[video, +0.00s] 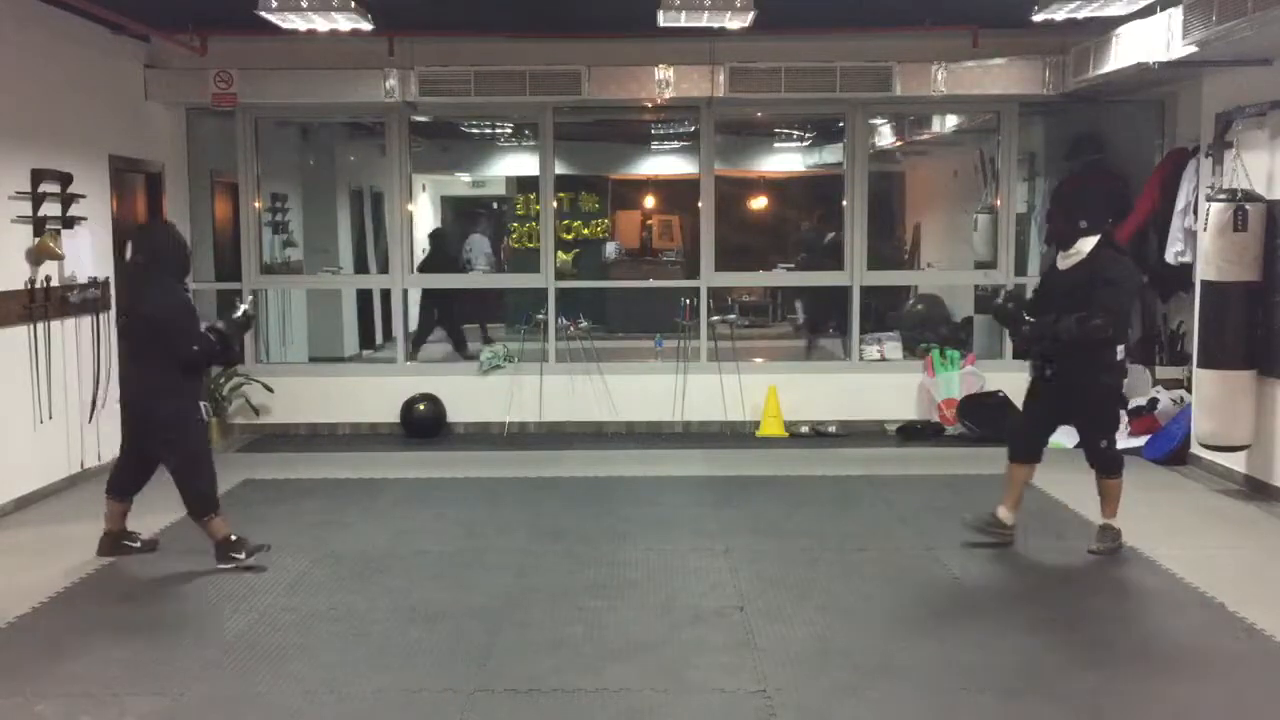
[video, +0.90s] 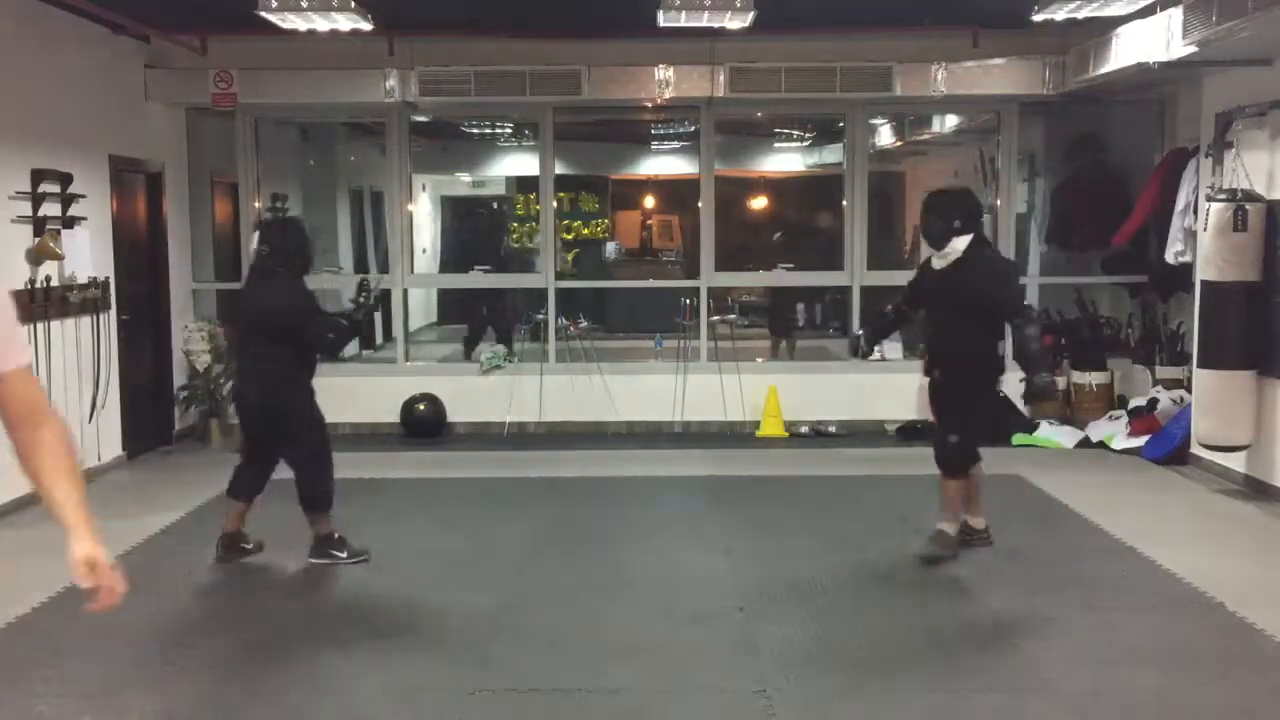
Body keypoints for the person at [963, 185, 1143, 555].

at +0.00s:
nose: (1049, 222)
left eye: (1057, 214)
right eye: (1051, 214)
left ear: (1077, 216)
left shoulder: (1112, 263)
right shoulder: (1058, 263)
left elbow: (1108, 325)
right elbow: (1040, 314)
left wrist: (1046, 334)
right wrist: (1014, 315)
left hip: (1096, 376)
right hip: (1053, 374)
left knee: (1103, 451)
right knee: (1025, 440)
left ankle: (1109, 526)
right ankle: (1004, 518)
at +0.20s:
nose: (1026, 237)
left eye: (1032, 228)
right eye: (1023, 229)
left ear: (1052, 226)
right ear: (1024, 230)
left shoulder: (1086, 269)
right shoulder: (1028, 276)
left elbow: (1083, 327)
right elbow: (1011, 335)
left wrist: (1032, 337)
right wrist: (992, 329)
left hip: (1074, 375)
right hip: (1032, 375)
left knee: (1087, 450)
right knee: (1005, 444)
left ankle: (1107, 525)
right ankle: (979, 522)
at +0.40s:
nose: (978, 235)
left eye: (984, 226)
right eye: (979, 227)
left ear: (1007, 227)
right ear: (1003, 229)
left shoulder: (1043, 265)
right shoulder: (992, 274)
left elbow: (1046, 324)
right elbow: (987, 325)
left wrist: (991, 339)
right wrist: (959, 330)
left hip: (1041, 375)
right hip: (1002, 375)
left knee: (1059, 448)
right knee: (979, 442)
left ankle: (1098, 520)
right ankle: (975, 524)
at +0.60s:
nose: (954, 229)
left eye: (959, 220)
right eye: (954, 221)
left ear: (980, 221)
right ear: (982, 221)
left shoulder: (1018, 261)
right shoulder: (967, 264)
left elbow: (1027, 322)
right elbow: (951, 312)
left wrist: (980, 352)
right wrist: (914, 317)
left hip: (1013, 369)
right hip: (974, 368)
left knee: (1018, 445)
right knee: (970, 444)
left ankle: (1068, 510)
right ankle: (976, 524)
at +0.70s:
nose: (946, 228)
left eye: (952, 220)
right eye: (946, 220)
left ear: (974, 221)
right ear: (975, 221)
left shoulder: (1011, 266)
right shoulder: (955, 265)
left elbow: (1016, 328)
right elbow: (930, 306)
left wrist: (999, 372)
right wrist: (892, 320)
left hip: (999, 372)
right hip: (964, 371)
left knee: (995, 447)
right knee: (968, 447)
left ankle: (1033, 509)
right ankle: (975, 523)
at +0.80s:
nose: (937, 228)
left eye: (942, 220)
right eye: (937, 220)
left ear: (964, 220)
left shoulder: (1000, 263)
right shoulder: (946, 263)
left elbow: (1020, 323)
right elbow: (918, 305)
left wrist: (1021, 373)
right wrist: (882, 324)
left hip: (989, 366)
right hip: (955, 367)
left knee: (972, 443)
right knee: (958, 443)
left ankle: (992, 526)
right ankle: (974, 523)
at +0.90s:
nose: (924, 230)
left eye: (929, 222)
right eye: (924, 222)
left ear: (951, 224)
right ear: (957, 224)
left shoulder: (993, 267)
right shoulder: (934, 267)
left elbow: (1022, 322)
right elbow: (907, 305)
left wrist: (1036, 374)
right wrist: (873, 333)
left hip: (975, 371)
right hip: (943, 371)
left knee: (951, 445)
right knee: (962, 446)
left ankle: (949, 527)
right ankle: (975, 523)